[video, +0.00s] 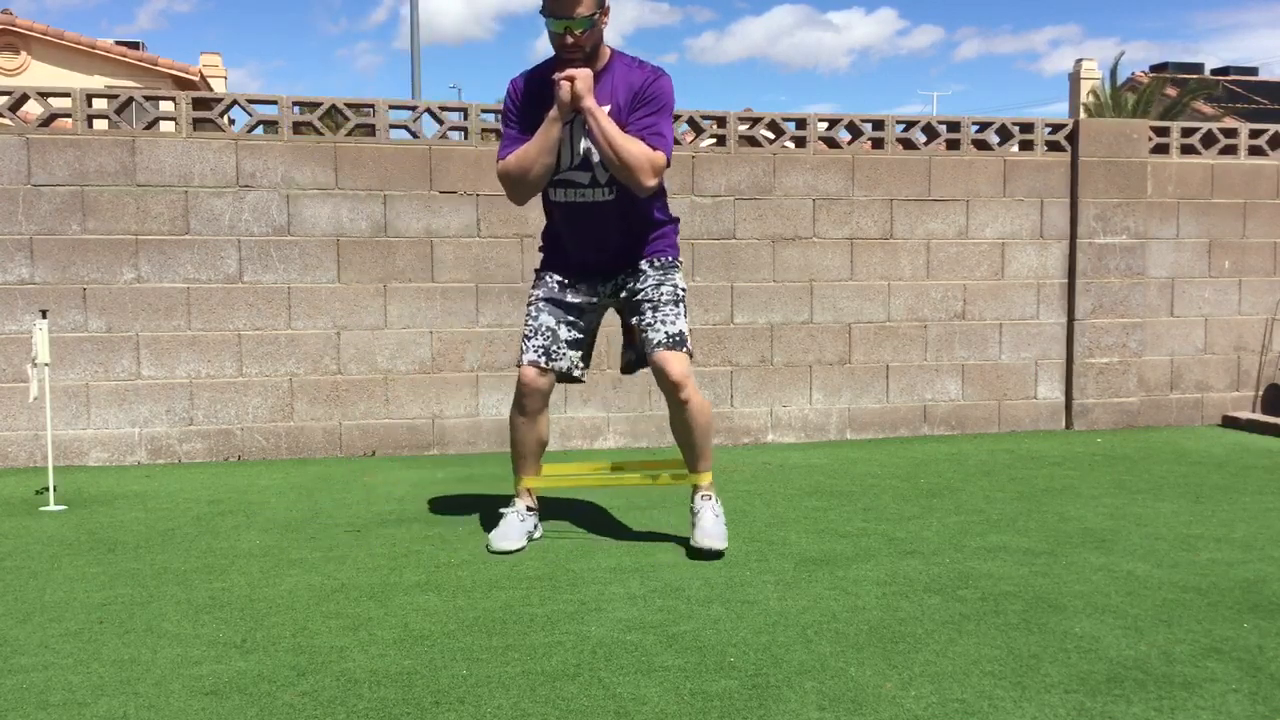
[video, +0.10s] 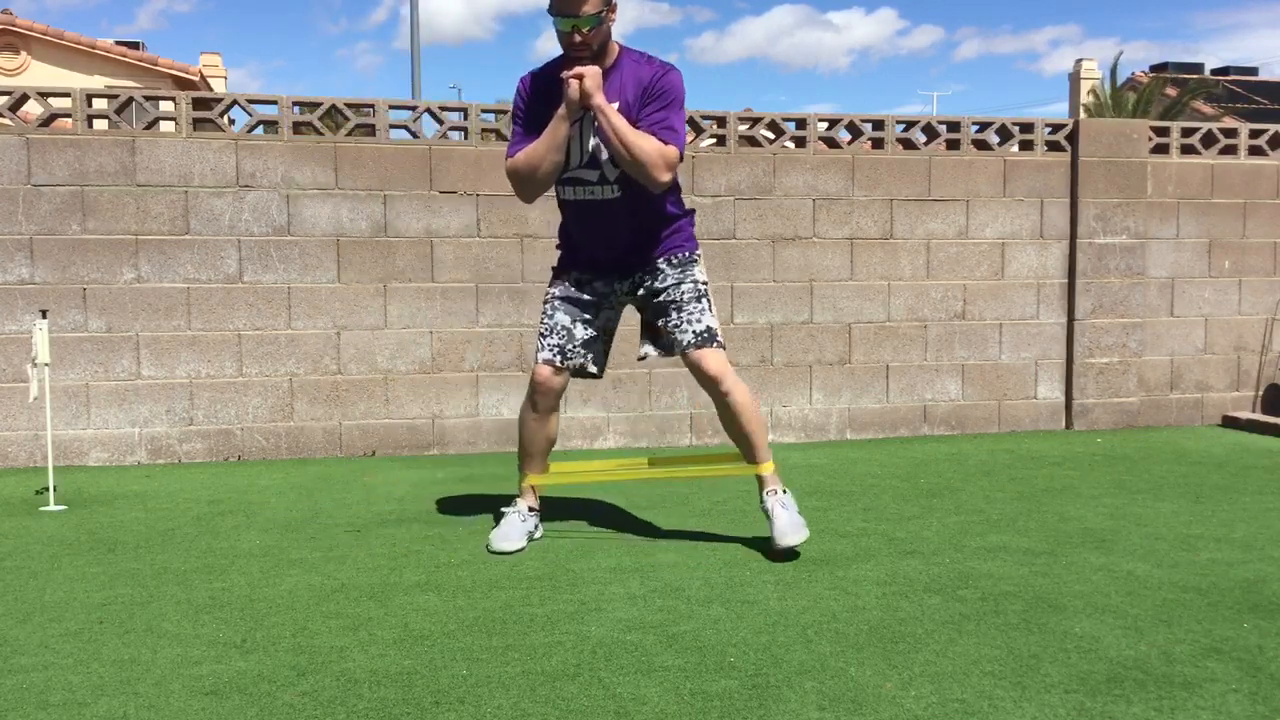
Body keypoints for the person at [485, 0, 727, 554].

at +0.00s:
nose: (567, 35)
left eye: (580, 23)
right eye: (556, 24)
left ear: (604, 18)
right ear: (545, 21)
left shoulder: (647, 82)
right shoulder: (526, 88)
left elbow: (646, 176)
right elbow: (517, 188)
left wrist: (589, 106)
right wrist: (561, 111)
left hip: (644, 254)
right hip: (568, 257)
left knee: (673, 372)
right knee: (530, 381)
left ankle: (705, 497)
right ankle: (524, 505)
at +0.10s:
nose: (576, 34)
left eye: (588, 21)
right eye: (564, 23)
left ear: (612, 15)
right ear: (552, 20)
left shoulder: (656, 77)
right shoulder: (536, 86)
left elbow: (660, 171)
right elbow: (525, 185)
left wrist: (598, 104)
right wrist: (567, 111)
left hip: (662, 251)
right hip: (586, 257)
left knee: (711, 367)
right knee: (544, 379)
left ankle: (773, 490)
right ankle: (526, 504)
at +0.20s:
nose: (595, 43)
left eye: (608, 31)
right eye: (584, 31)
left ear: (634, 22)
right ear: (572, 24)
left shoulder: (677, 88)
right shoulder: (557, 96)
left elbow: (682, 178)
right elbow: (542, 195)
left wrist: (620, 114)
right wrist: (587, 120)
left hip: (687, 260)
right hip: (606, 267)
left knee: (753, 372)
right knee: (555, 385)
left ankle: (834, 490)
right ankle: (527, 505)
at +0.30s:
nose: (636, 61)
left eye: (648, 49)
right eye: (624, 48)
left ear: (669, 43)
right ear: (610, 44)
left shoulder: (711, 107)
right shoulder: (590, 118)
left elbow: (722, 195)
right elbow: (575, 213)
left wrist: (655, 132)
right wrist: (623, 138)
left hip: (718, 283)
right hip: (633, 289)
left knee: (785, 391)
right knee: (571, 397)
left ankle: (870, 504)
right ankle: (530, 508)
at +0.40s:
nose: (687, 73)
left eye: (699, 61)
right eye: (675, 61)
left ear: (720, 51)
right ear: (660, 54)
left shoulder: (762, 118)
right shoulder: (643, 130)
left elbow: (774, 203)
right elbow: (628, 226)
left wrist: (708, 141)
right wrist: (674, 150)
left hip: (758, 294)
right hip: (673, 297)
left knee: (815, 406)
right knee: (598, 402)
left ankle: (876, 513)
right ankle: (532, 505)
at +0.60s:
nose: (770, 47)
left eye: (783, 35)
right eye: (758, 35)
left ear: (805, 26)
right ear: (744, 28)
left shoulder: (846, 91)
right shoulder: (723, 101)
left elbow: (856, 176)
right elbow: (714, 201)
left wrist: (791, 114)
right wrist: (759, 124)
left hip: (823, 271)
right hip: (740, 265)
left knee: (854, 399)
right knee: (664, 371)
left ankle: (884, 513)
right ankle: (607, 486)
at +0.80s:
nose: (802, 27)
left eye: (816, 15)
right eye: (791, 14)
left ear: (837, 11)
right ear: (777, 12)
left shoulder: (873, 75)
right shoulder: (749, 78)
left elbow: (875, 166)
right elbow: (734, 177)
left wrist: (818, 96)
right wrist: (784, 103)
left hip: (845, 257)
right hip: (765, 252)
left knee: (863, 384)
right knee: (716, 362)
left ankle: (886, 510)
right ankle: (699, 486)